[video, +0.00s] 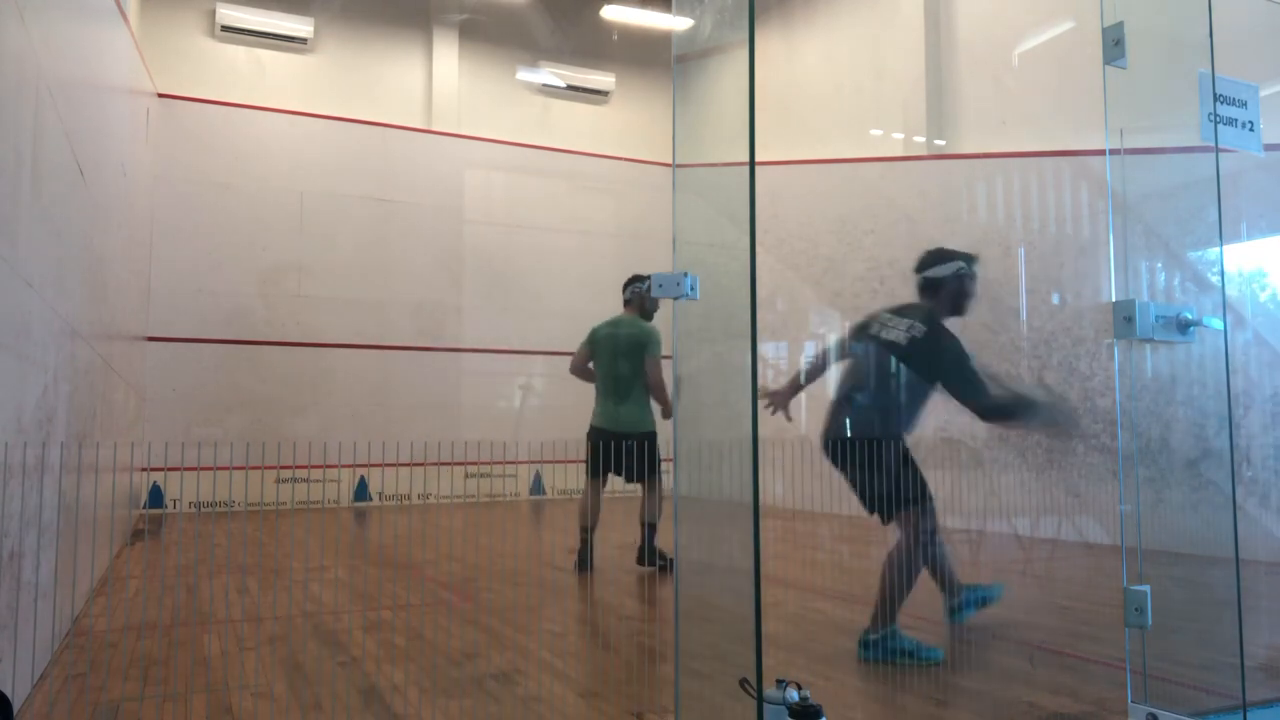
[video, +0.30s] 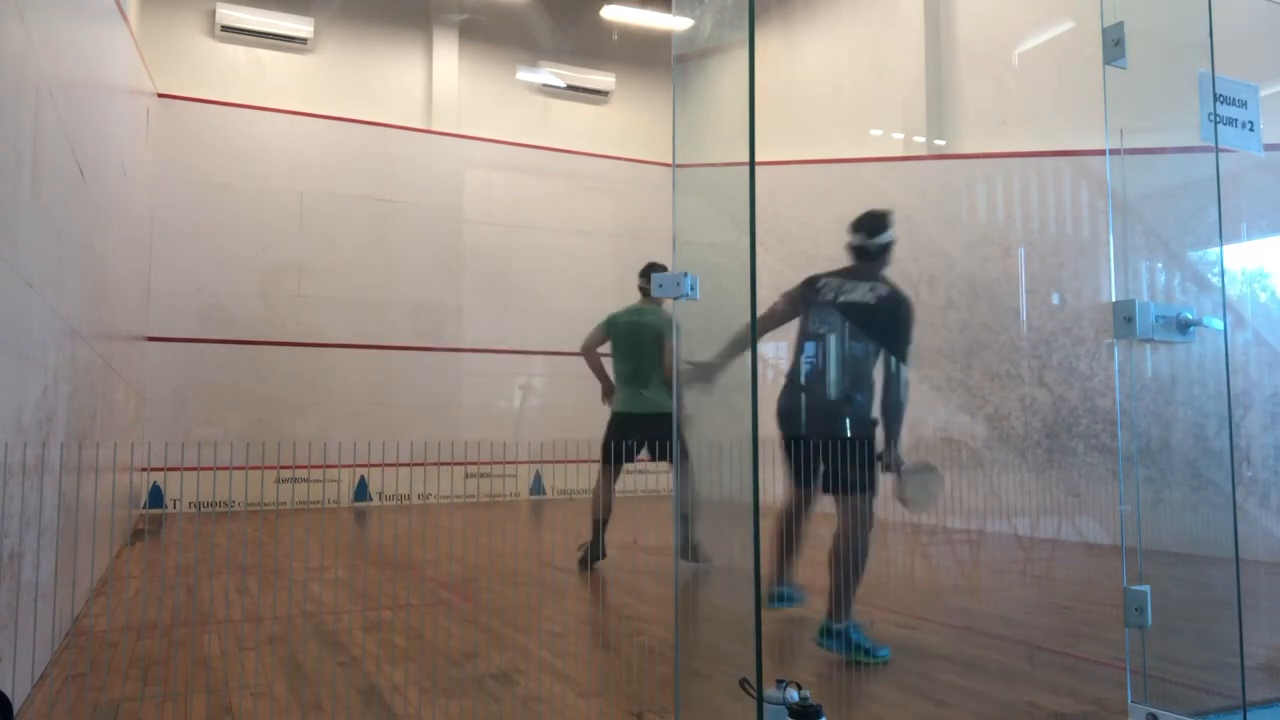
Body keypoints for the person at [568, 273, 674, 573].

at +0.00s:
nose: (658, 305)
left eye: (657, 299)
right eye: (654, 298)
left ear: (628, 299)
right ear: (640, 299)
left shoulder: (600, 329)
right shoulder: (648, 333)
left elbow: (577, 367)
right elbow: (653, 379)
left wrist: (603, 379)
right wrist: (665, 403)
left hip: (602, 426)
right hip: (637, 429)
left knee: (593, 486)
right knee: (652, 486)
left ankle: (584, 551)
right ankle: (647, 547)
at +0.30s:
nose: (667, 293)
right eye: (667, 287)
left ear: (640, 286)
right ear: (666, 289)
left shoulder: (618, 318)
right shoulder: (668, 322)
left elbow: (587, 348)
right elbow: (670, 373)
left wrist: (605, 383)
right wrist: (695, 376)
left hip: (625, 416)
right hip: (662, 416)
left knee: (606, 478)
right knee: (684, 474)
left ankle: (596, 544)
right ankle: (688, 543)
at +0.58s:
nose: (706, 325)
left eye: (708, 320)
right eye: (708, 320)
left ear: (708, 320)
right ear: (732, 321)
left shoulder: (689, 352)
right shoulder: (741, 352)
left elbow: (667, 384)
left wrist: (657, 391)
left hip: (681, 439)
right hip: (726, 440)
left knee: (642, 493)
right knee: (761, 488)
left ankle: (599, 550)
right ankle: (764, 549)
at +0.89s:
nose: (730, 279)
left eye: (724, 272)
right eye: (736, 272)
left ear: (712, 274)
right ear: (744, 272)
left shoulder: (693, 313)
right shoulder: (764, 314)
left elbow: (678, 373)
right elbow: (783, 370)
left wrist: (689, 393)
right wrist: (803, 416)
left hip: (704, 425)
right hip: (747, 424)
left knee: (706, 506)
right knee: (739, 503)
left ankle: (712, 587)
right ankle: (725, 572)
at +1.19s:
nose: (736, 284)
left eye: (730, 279)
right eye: (736, 279)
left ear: (704, 279)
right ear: (736, 280)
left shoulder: (683, 315)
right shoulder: (749, 321)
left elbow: (666, 369)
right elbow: (763, 379)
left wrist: (663, 412)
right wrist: (770, 426)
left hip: (692, 423)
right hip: (734, 423)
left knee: (667, 487)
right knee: (726, 499)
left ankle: (688, 542)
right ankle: (718, 571)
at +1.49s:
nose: (712, 300)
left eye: (709, 293)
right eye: (711, 294)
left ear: (683, 298)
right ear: (713, 298)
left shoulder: (670, 330)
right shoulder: (728, 333)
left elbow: (661, 371)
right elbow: (744, 385)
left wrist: (651, 408)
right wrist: (729, 413)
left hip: (685, 428)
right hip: (724, 428)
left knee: (667, 491)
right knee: (730, 495)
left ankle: (666, 557)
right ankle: (722, 550)